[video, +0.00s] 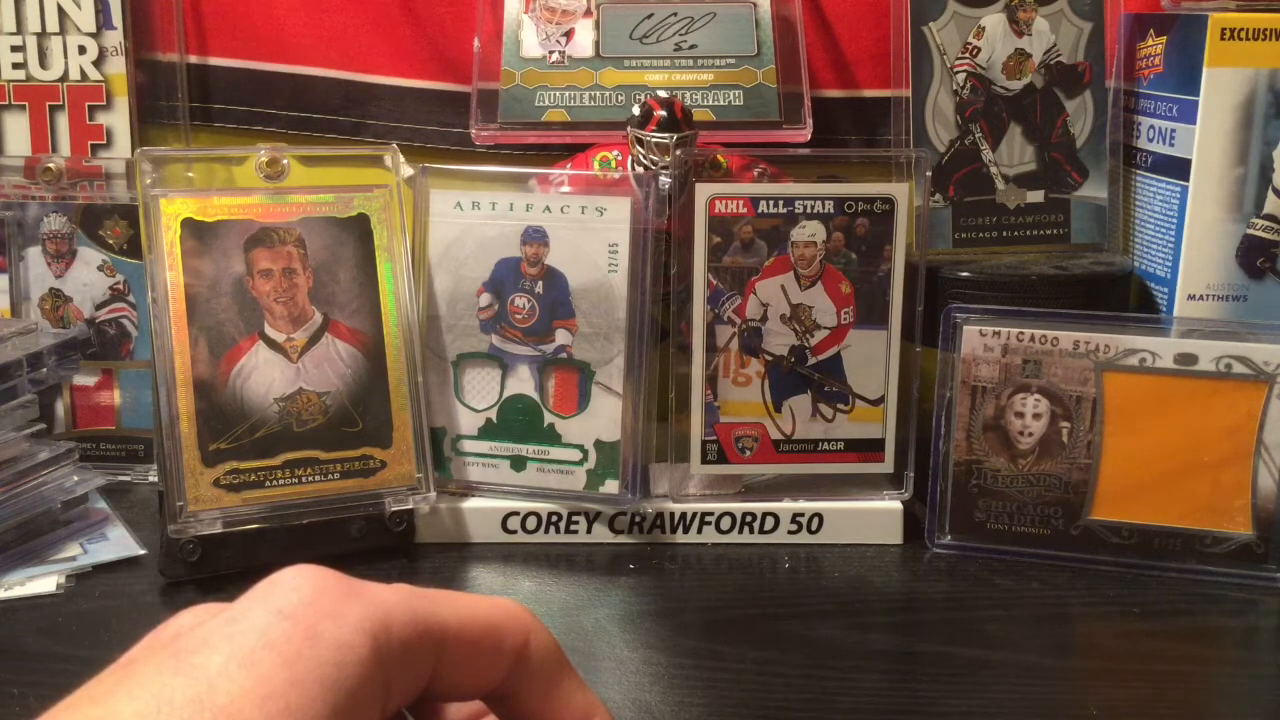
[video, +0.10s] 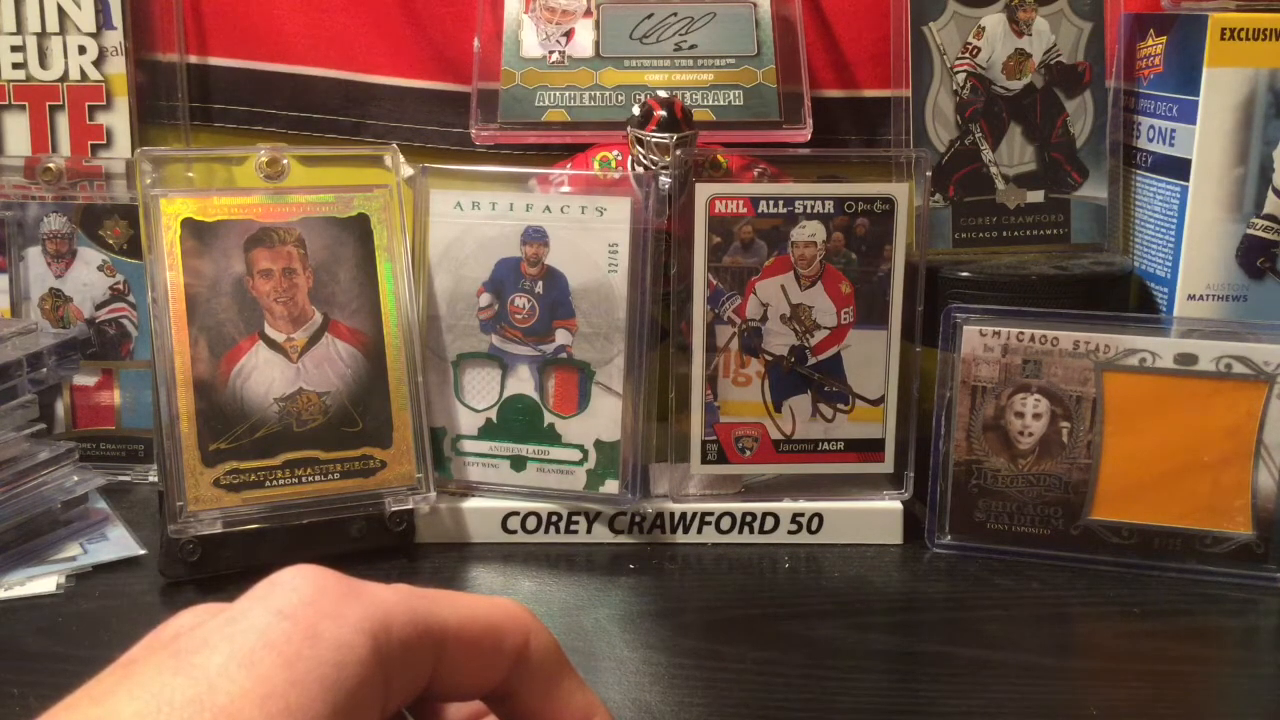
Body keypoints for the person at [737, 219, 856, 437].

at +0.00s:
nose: (801, 253)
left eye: (808, 247)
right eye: (796, 247)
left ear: (821, 249)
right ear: (790, 249)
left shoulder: (838, 285)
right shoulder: (773, 271)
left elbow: (842, 330)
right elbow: (754, 293)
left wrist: (809, 352)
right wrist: (750, 326)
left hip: (822, 353)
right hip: (779, 353)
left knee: (834, 412)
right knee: (798, 410)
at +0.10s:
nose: (801, 253)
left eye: (808, 247)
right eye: (796, 247)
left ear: (821, 249)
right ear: (790, 249)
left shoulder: (839, 285)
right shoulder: (773, 271)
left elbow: (842, 330)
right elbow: (754, 292)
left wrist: (809, 352)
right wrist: (750, 325)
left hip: (822, 354)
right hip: (780, 353)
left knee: (833, 412)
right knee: (799, 410)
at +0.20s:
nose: (801, 253)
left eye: (808, 247)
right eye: (796, 247)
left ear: (821, 249)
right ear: (790, 249)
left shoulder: (839, 285)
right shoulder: (773, 271)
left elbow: (842, 330)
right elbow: (754, 293)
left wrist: (809, 352)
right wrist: (750, 325)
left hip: (822, 354)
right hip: (780, 353)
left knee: (833, 412)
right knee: (799, 410)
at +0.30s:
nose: (801, 253)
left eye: (808, 247)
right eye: (796, 247)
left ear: (821, 249)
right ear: (790, 249)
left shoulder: (839, 285)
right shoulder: (773, 271)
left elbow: (842, 330)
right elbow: (754, 293)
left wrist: (809, 352)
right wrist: (750, 325)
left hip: (822, 354)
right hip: (780, 353)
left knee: (833, 412)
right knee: (799, 410)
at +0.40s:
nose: (801, 253)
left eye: (808, 247)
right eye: (796, 247)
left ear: (821, 249)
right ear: (790, 249)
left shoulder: (838, 285)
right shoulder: (774, 271)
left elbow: (842, 330)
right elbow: (754, 292)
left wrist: (810, 352)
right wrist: (751, 326)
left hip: (823, 355)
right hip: (780, 355)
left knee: (833, 415)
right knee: (796, 414)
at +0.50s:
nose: (801, 253)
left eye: (808, 247)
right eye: (796, 247)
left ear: (821, 249)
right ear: (790, 249)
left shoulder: (838, 285)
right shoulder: (774, 271)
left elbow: (842, 330)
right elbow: (754, 292)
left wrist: (810, 352)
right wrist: (751, 326)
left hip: (823, 354)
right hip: (780, 354)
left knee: (833, 413)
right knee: (797, 412)